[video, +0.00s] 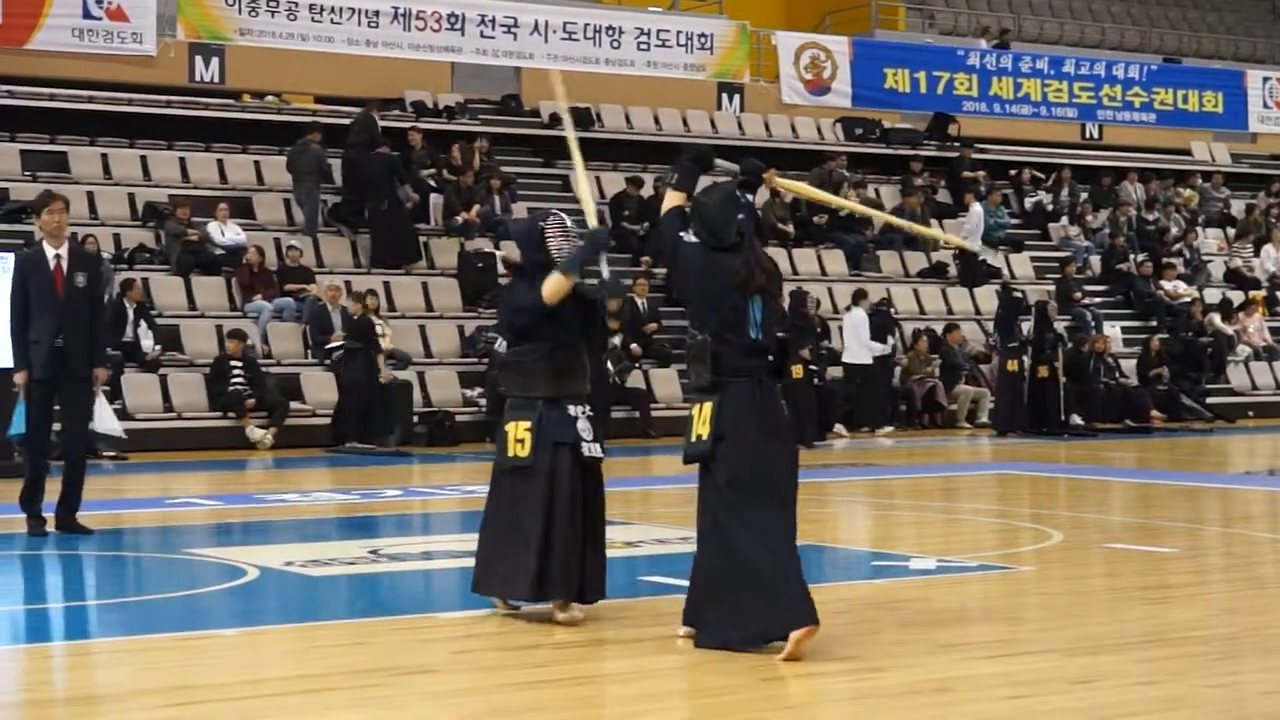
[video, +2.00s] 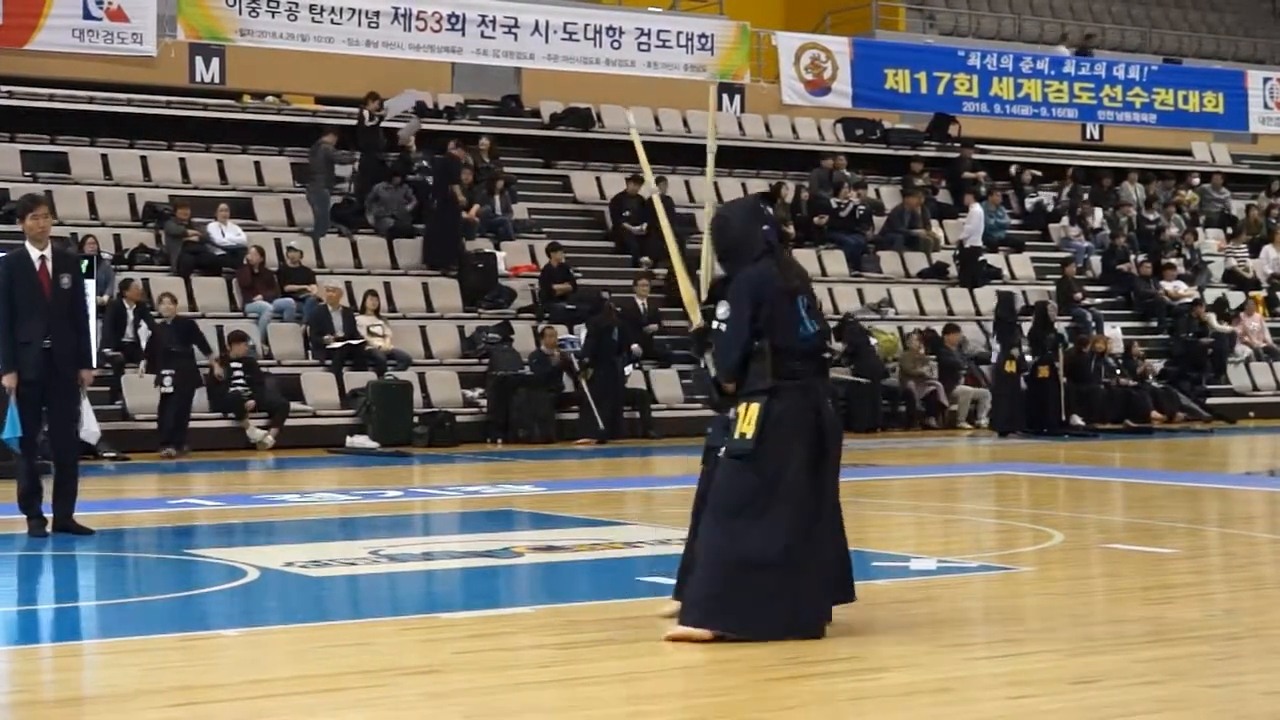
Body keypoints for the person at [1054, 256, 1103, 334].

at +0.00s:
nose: (1073, 269)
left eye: (1074, 266)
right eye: (1070, 267)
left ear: (1076, 267)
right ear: (1064, 268)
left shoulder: (1075, 281)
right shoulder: (1062, 282)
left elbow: (1084, 292)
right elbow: (1076, 297)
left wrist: (1079, 294)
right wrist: (1083, 292)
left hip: (1079, 304)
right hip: (1068, 306)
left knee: (1098, 314)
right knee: (1085, 315)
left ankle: (1100, 338)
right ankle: (1088, 340)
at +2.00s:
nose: (1074, 269)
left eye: (1074, 267)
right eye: (1072, 267)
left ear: (1076, 268)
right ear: (1065, 268)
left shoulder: (1074, 280)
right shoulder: (1062, 282)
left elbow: (1085, 292)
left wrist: (1081, 295)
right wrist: (1084, 292)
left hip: (1079, 304)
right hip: (1068, 306)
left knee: (1098, 315)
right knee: (1086, 315)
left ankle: (1101, 338)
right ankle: (1089, 339)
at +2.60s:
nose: (1073, 269)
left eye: (1074, 266)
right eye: (1070, 266)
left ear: (1076, 268)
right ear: (1064, 268)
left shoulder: (1075, 281)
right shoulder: (1062, 282)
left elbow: (1085, 292)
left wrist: (1081, 295)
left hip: (1079, 304)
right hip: (1068, 306)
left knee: (1098, 315)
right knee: (1086, 315)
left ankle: (1101, 338)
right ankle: (1089, 339)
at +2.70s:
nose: (1073, 269)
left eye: (1074, 266)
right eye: (1070, 266)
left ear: (1076, 268)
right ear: (1064, 268)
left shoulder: (1075, 281)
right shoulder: (1062, 282)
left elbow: (1084, 291)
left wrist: (1081, 295)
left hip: (1080, 304)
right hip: (1069, 306)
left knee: (1098, 315)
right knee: (1086, 315)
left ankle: (1101, 338)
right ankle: (1089, 339)